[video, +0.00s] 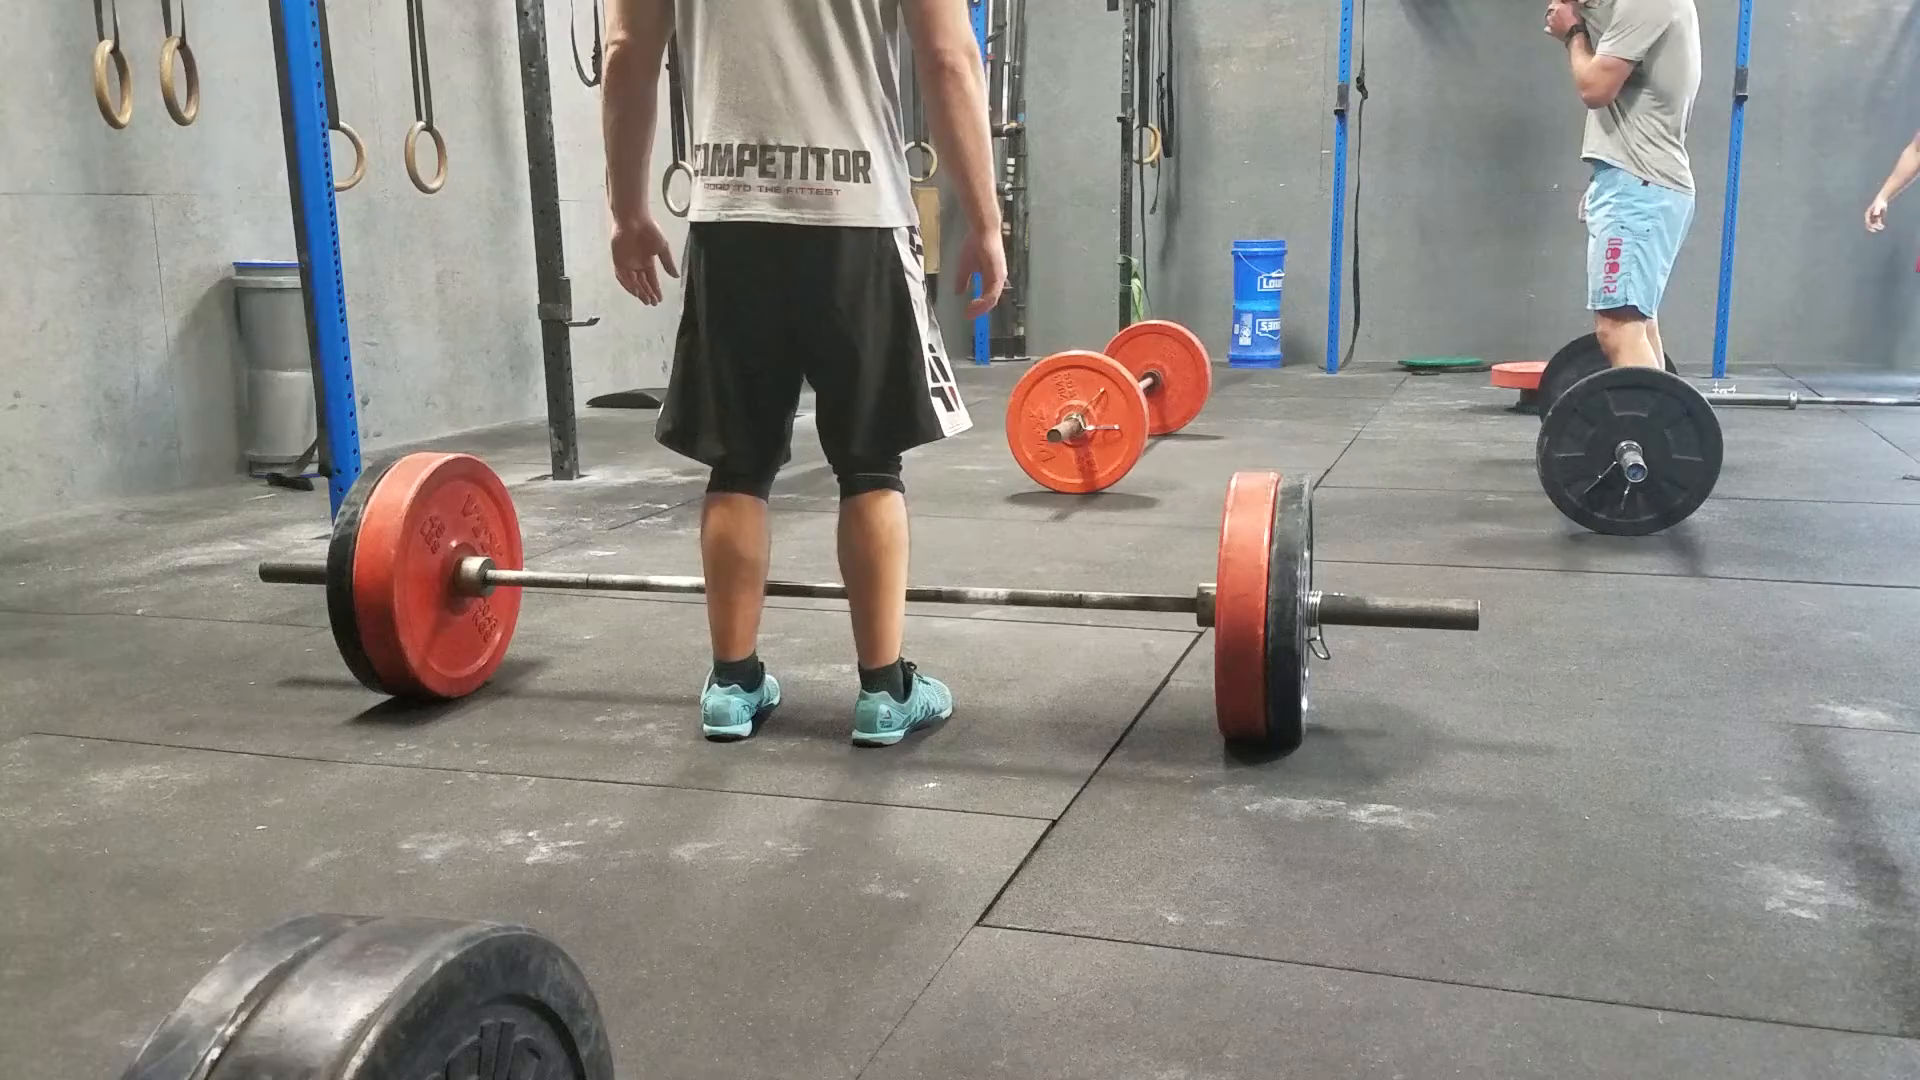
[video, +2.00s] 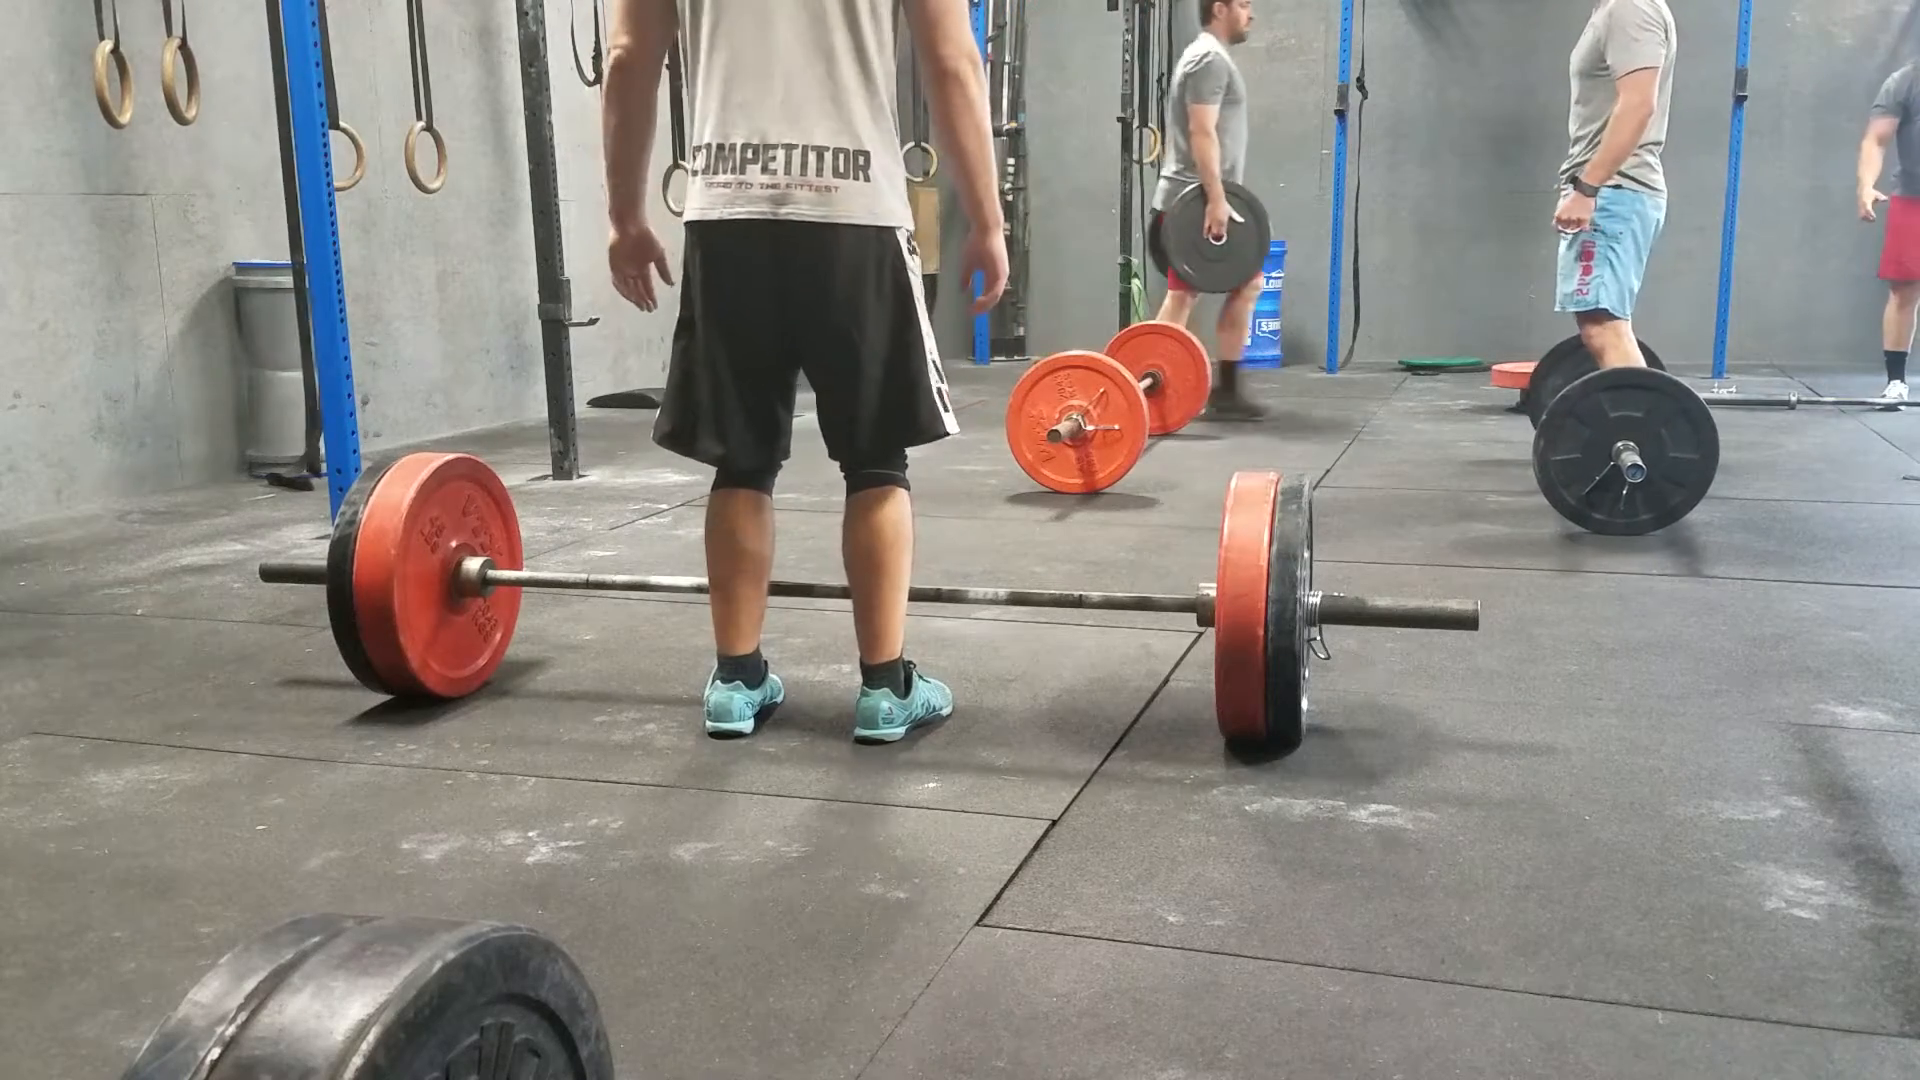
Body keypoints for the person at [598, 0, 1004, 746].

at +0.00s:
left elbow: (630, 49)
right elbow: (947, 56)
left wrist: (628, 208)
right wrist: (984, 219)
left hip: (728, 217)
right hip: (857, 218)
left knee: (737, 464)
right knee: (871, 466)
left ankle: (730, 683)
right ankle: (884, 688)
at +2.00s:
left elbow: (631, 54)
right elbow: (951, 62)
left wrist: (626, 215)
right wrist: (987, 221)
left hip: (724, 216)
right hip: (852, 217)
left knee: (741, 462)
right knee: (876, 464)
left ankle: (734, 679)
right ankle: (884, 685)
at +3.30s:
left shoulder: (696, 8)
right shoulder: (925, 7)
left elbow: (649, 166)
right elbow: (960, 178)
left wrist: (660, 317)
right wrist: (982, 333)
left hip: (701, 213)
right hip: (835, 213)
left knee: (729, 465)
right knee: (884, 464)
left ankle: (734, 679)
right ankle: (885, 686)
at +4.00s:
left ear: (832, 30)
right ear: (908, 56)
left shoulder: (721, 58)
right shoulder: (922, 83)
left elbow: (635, 251)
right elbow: (943, 269)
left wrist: (633, 411)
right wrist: (971, 437)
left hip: (681, 239)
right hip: (817, 240)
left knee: (723, 471)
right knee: (880, 467)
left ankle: (733, 681)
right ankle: (885, 688)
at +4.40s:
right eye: (910, 142)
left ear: (829, 114)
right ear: (907, 135)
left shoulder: (744, 134)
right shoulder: (928, 174)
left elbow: (649, 365)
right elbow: (947, 369)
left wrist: (654, 507)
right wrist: (992, 523)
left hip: (672, 258)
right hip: (812, 270)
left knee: (723, 477)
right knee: (880, 477)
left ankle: (730, 681)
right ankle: (883, 687)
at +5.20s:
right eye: (918, 73)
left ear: (822, 56)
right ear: (908, 66)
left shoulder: (748, 90)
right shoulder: (931, 117)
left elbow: (671, 296)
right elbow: (959, 295)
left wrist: (657, 442)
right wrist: (994, 453)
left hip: (678, 219)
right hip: (808, 224)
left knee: (735, 467)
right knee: (883, 467)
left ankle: (733, 680)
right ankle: (886, 688)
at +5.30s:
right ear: (906, 13)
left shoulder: (729, 26)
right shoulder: (926, 42)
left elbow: (668, 214)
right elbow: (958, 223)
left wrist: (647, 367)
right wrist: (990, 382)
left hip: (686, 197)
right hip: (808, 198)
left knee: (728, 463)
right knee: (878, 456)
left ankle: (732, 680)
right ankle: (886, 686)